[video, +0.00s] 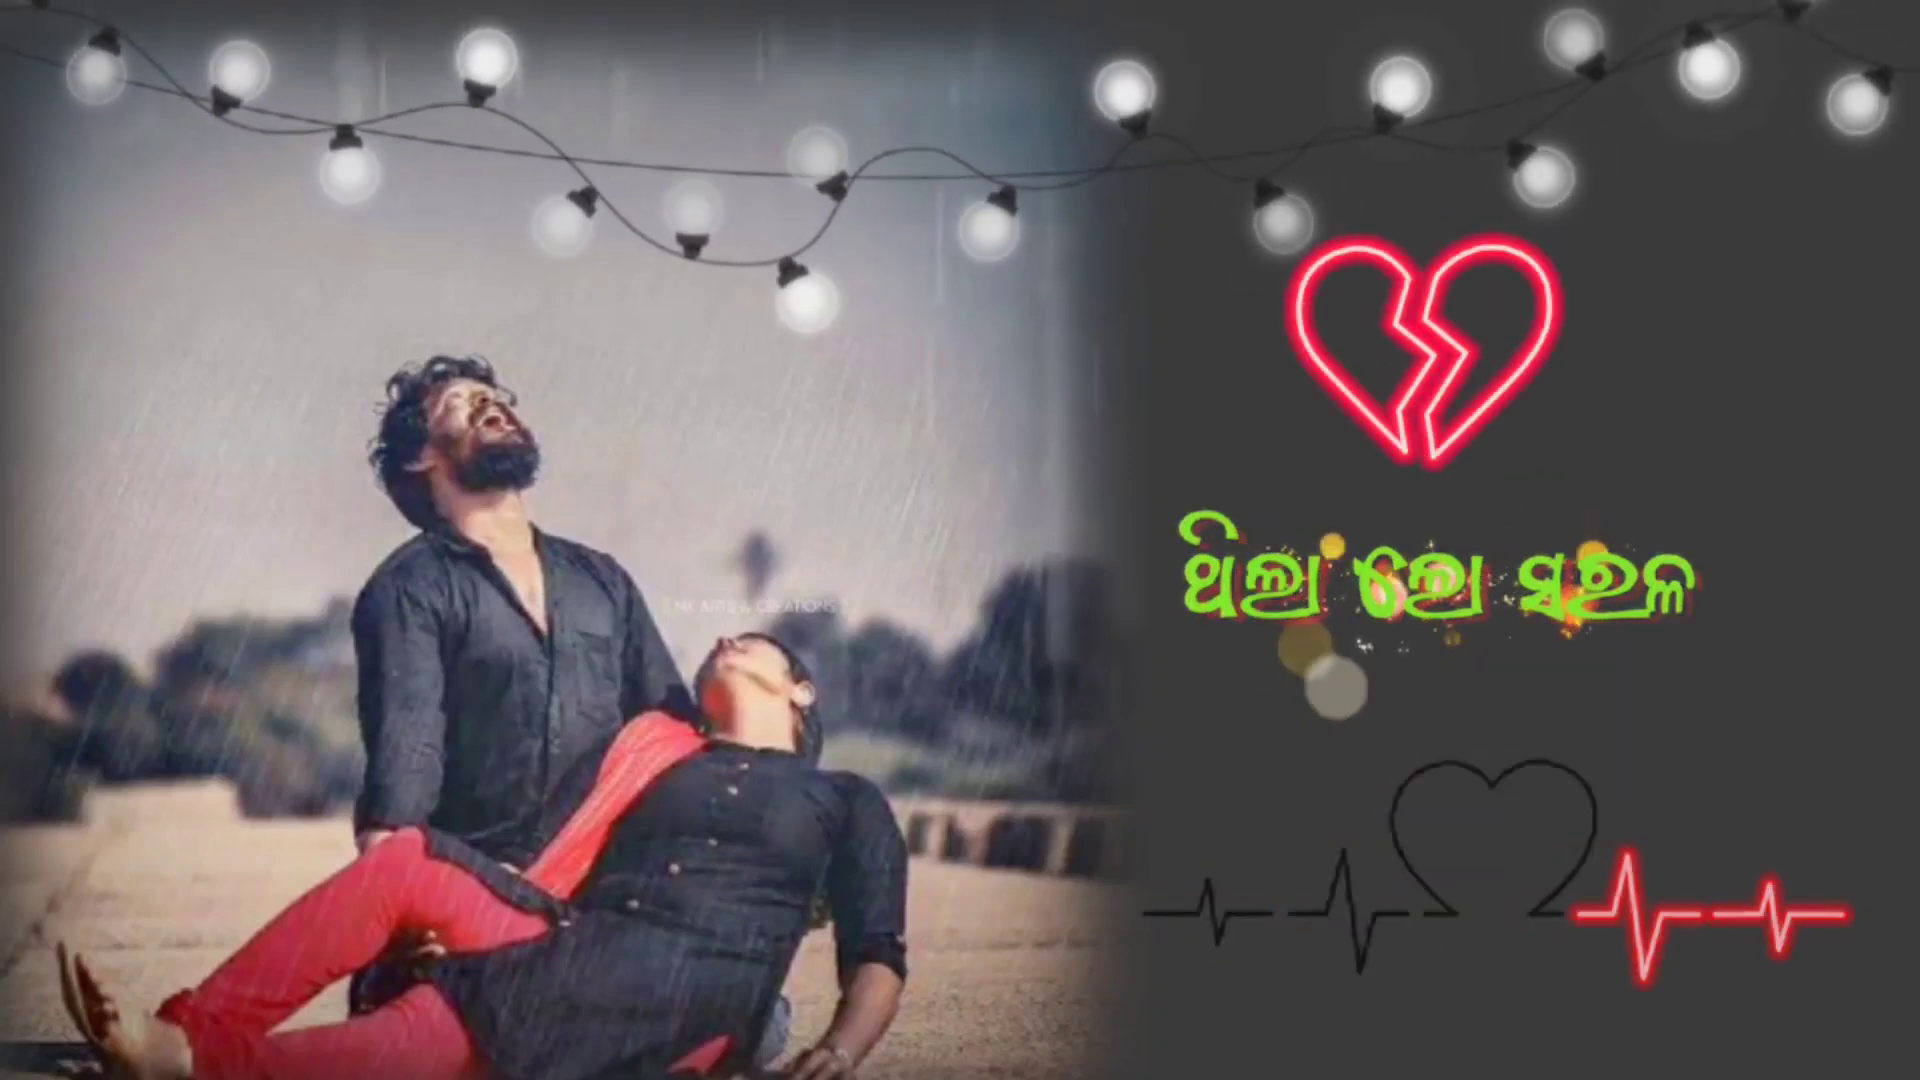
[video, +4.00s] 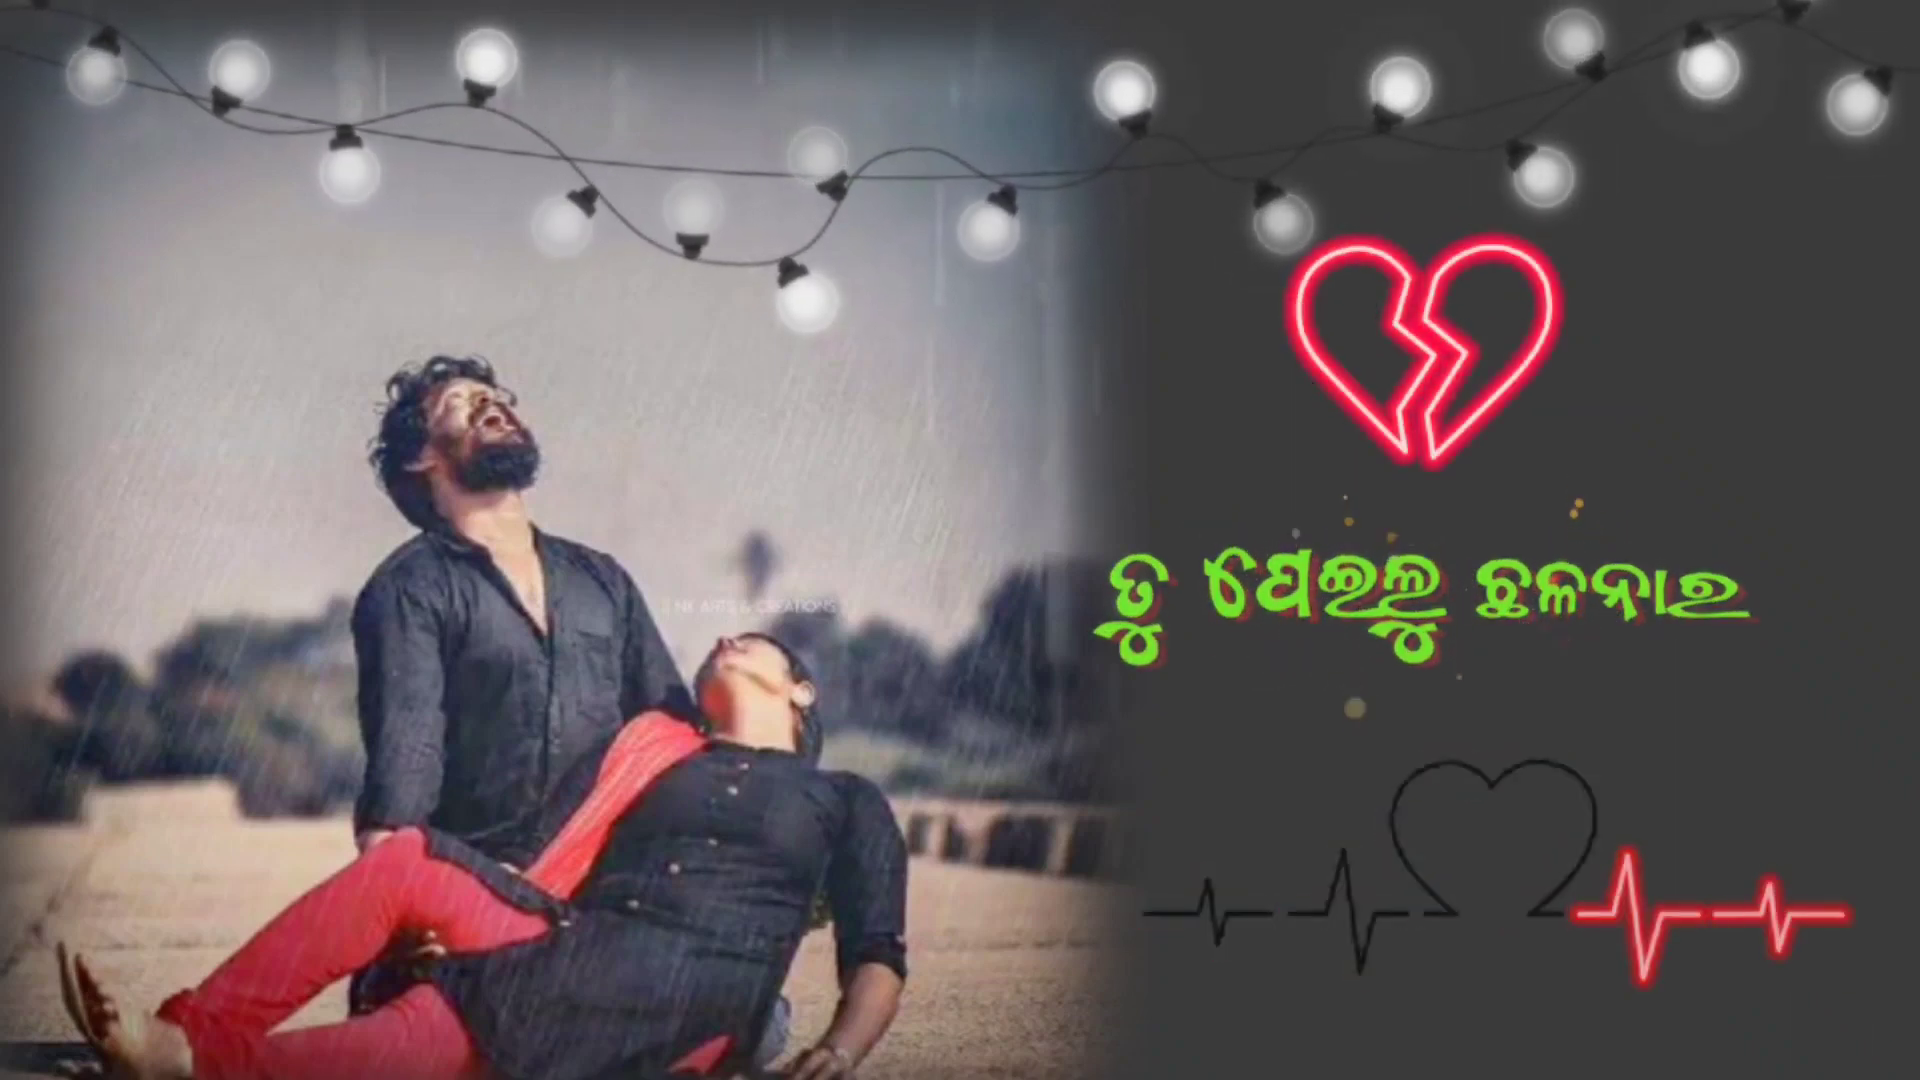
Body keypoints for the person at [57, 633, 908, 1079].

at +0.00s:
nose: (721, 660)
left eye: (749, 656)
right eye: (717, 659)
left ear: (799, 699)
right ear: (709, 699)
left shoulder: (843, 798)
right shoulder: (663, 755)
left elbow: (879, 968)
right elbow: (575, 892)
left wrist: (833, 1066)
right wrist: (458, 950)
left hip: (694, 981)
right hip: (589, 943)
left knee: (452, 1027)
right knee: (402, 860)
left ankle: (189, 1059)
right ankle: (178, 1040)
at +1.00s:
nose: (721, 660)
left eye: (749, 656)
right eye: (717, 659)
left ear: (799, 699)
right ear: (709, 699)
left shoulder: (844, 798)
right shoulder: (662, 755)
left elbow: (879, 967)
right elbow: (574, 892)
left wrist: (836, 1063)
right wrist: (455, 949)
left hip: (693, 982)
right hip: (587, 946)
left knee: (451, 1028)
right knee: (400, 859)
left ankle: (187, 1058)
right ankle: (178, 1041)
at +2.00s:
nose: (722, 660)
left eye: (749, 656)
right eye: (717, 659)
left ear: (799, 699)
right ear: (709, 698)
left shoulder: (844, 798)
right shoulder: (662, 755)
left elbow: (879, 967)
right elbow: (574, 892)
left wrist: (836, 1063)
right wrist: (455, 949)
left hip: (693, 982)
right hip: (587, 945)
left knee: (451, 1028)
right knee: (400, 859)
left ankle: (187, 1058)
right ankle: (178, 1041)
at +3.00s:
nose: (721, 660)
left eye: (749, 656)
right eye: (717, 659)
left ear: (799, 699)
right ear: (709, 698)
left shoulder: (844, 798)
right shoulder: (662, 755)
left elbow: (879, 967)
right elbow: (574, 892)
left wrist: (835, 1063)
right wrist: (455, 949)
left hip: (693, 982)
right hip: (587, 945)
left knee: (451, 1028)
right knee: (400, 859)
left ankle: (188, 1058)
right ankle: (177, 1040)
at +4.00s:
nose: (722, 660)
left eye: (749, 656)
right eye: (717, 659)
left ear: (799, 699)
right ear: (709, 698)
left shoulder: (844, 798)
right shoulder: (662, 755)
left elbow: (879, 967)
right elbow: (574, 892)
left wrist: (836, 1063)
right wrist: (455, 949)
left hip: (693, 982)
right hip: (587, 946)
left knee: (451, 1028)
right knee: (400, 859)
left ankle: (187, 1058)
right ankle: (177, 1040)